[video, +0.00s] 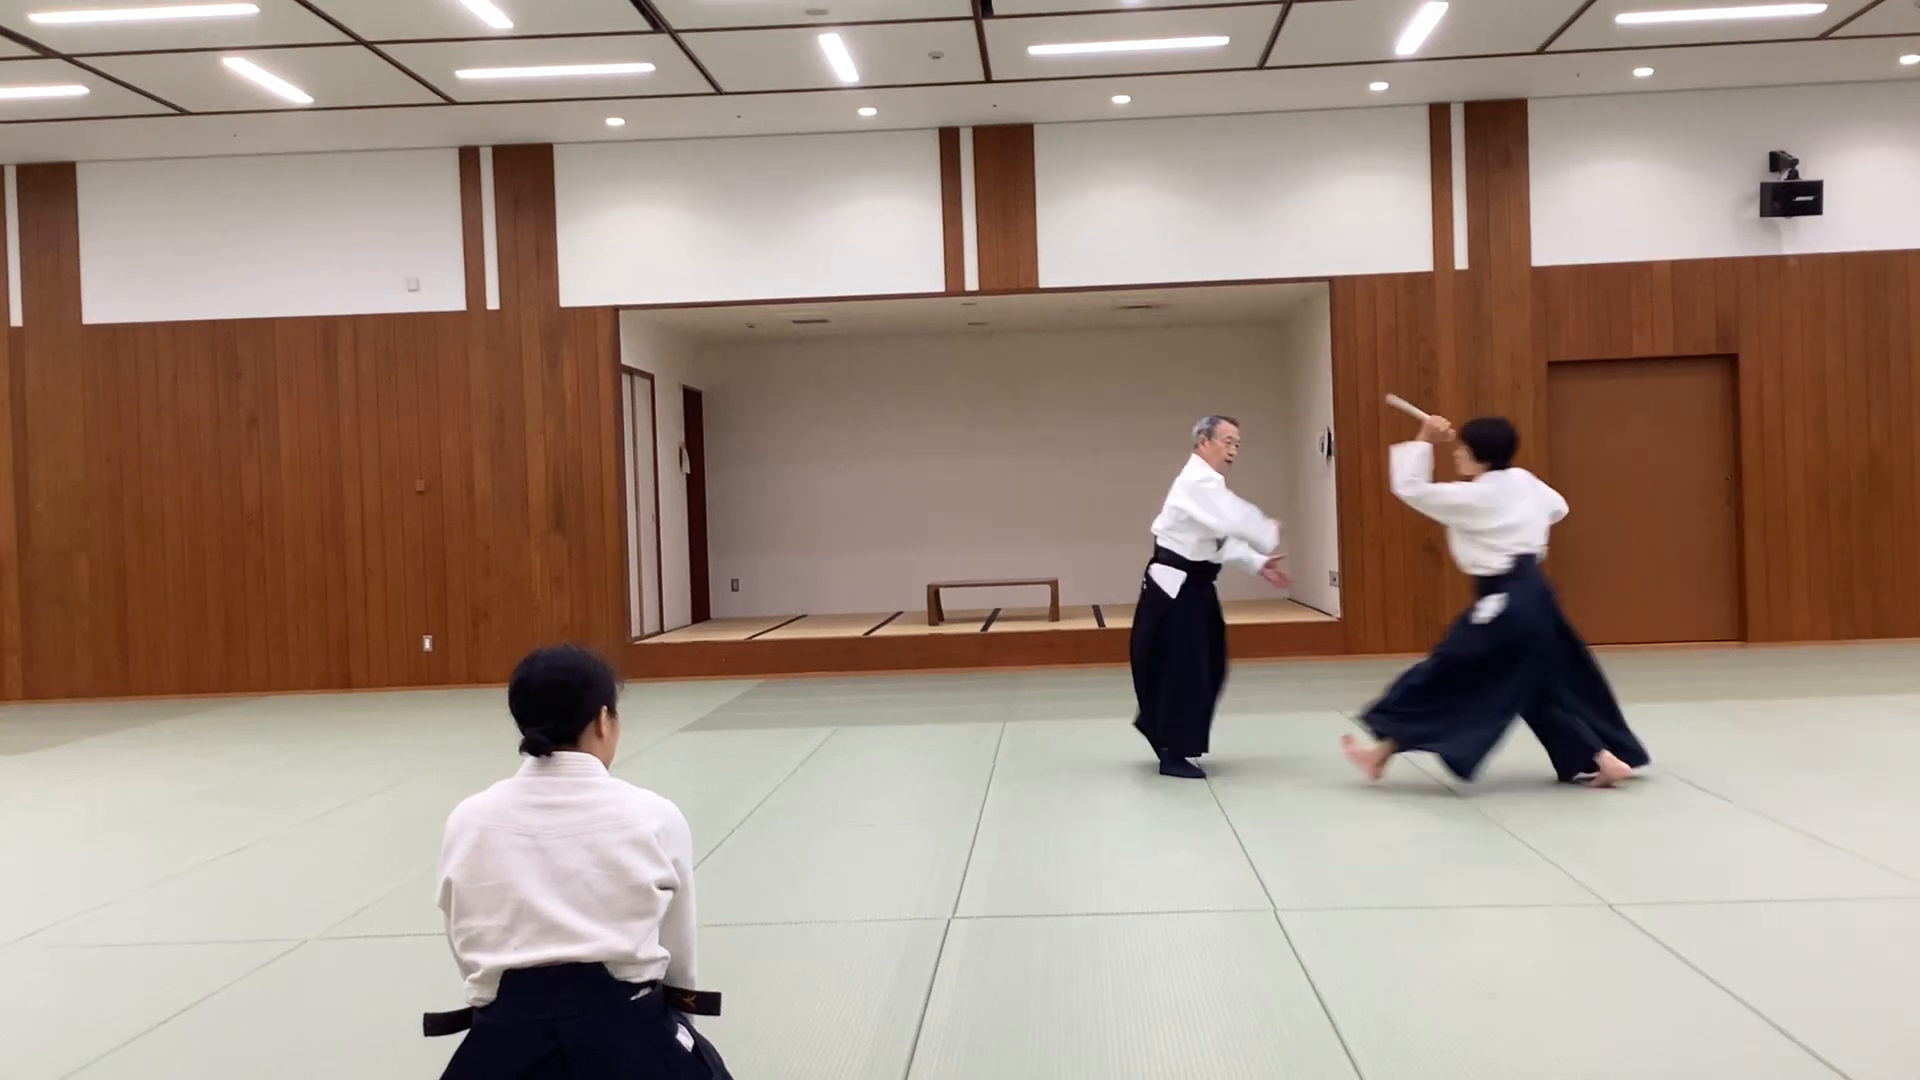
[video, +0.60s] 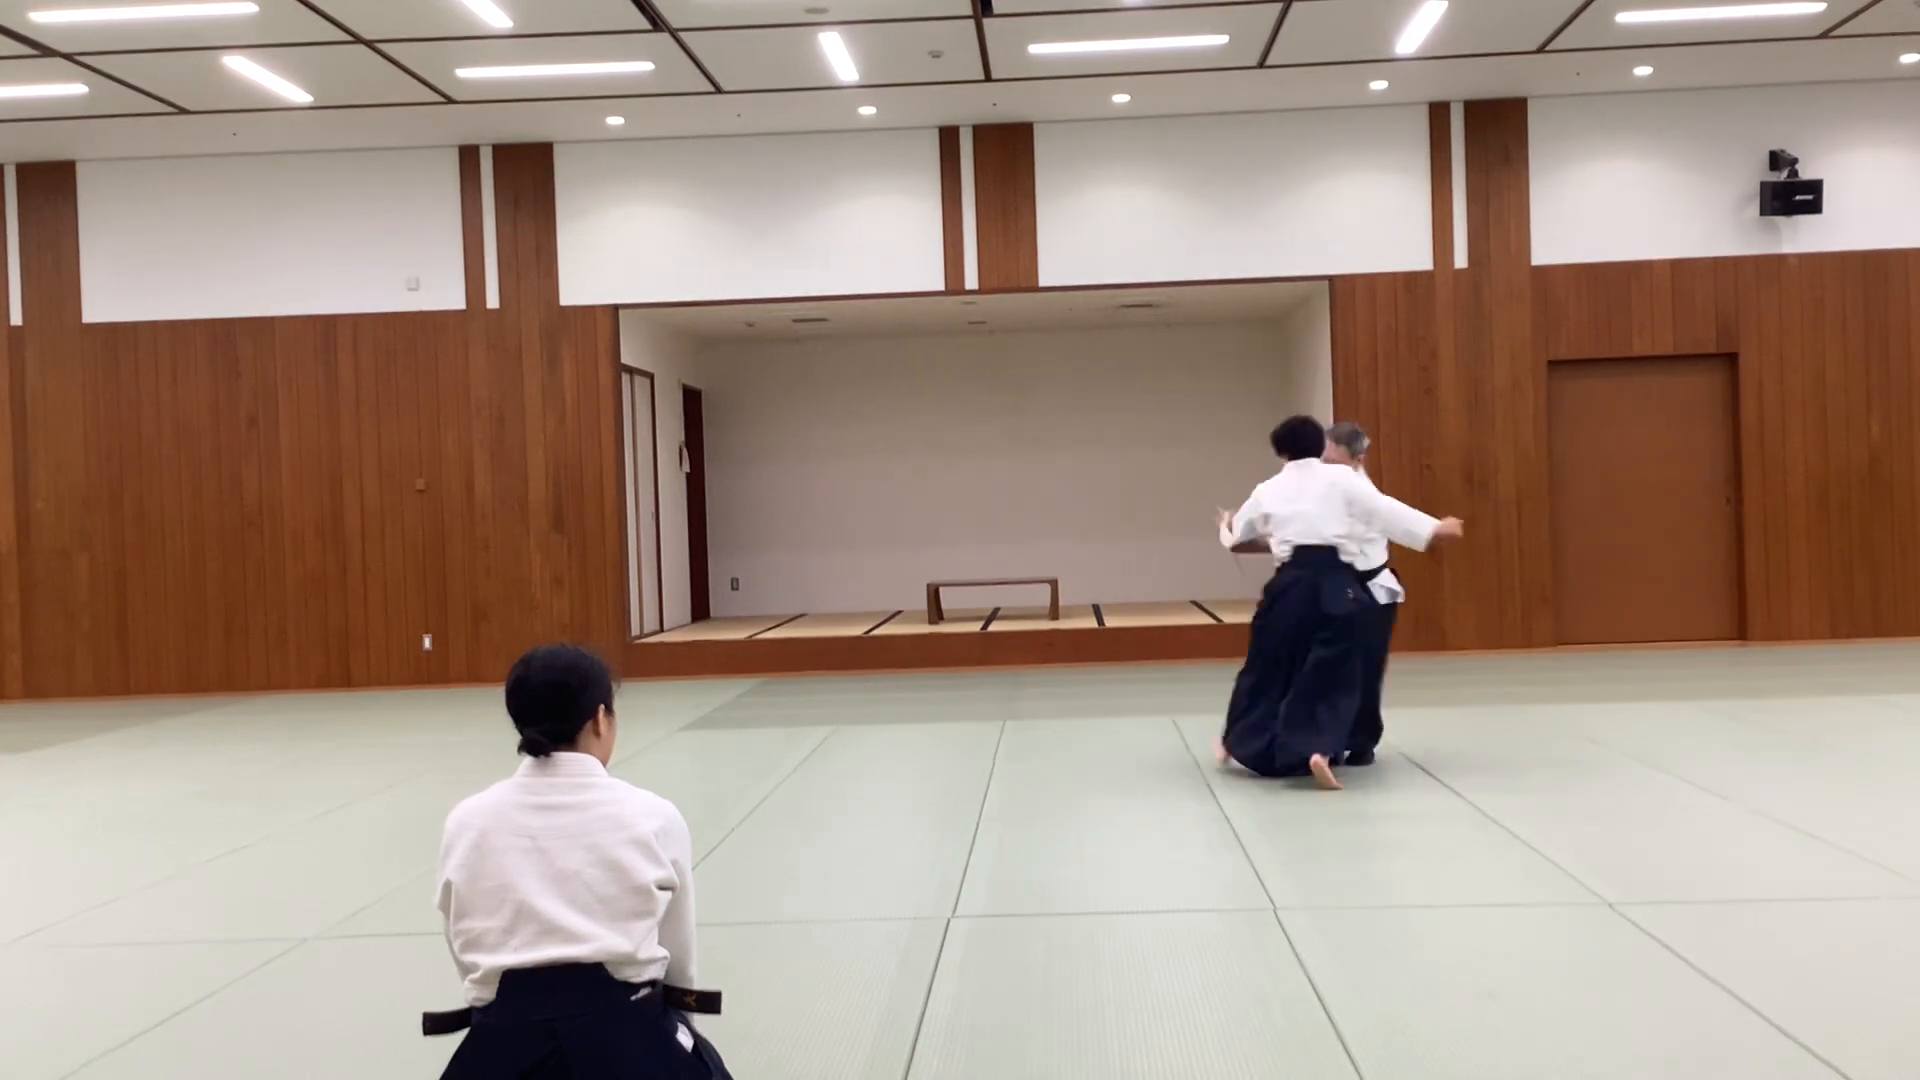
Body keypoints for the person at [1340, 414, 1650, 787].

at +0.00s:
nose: (1456, 454)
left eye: (1461, 449)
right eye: (1458, 448)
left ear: (1478, 456)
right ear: (1498, 455)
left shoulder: (1472, 496)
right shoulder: (1522, 481)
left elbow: (1409, 487)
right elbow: (1557, 507)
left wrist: (1423, 440)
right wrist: (1528, 532)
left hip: (1501, 602)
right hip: (1534, 595)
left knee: (1442, 672)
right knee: (1541, 686)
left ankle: (1380, 752)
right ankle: (1606, 761)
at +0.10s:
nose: (1412, 453)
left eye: (1415, 448)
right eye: (1414, 447)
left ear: (1424, 455)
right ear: (1461, 455)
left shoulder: (1406, 489)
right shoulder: (1484, 489)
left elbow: (1358, 468)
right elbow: (1534, 511)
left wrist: (1360, 422)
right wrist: (1549, 489)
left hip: (1433, 606)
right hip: (1478, 604)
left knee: (1387, 676)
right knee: (1503, 678)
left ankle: (1356, 765)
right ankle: (1550, 739)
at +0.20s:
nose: (1383, 442)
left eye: (1385, 438)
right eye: (1386, 437)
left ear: (1390, 443)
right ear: (1431, 442)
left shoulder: (1374, 473)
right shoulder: (1450, 479)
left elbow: (1328, 457)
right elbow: (1499, 509)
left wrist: (1301, 422)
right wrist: (1549, 511)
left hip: (1392, 586)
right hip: (1438, 587)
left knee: (1365, 667)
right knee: (1455, 665)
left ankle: (1348, 764)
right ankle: (1445, 734)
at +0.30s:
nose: (1368, 427)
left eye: (1370, 423)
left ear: (1371, 427)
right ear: (1412, 428)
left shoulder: (1350, 459)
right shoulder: (1426, 466)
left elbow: (1299, 448)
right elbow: (1470, 504)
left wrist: (1268, 414)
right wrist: (1525, 518)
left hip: (1357, 570)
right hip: (1404, 574)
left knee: (1350, 656)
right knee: (1400, 667)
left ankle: (1346, 749)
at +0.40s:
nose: (1341, 429)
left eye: (1343, 424)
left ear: (1347, 427)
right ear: (1388, 428)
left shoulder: (1331, 461)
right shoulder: (1405, 466)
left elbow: (1273, 460)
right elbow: (1445, 503)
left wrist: (1241, 440)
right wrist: (1496, 525)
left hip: (1332, 565)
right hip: (1379, 571)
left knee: (1323, 652)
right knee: (1366, 662)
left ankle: (1317, 743)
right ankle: (1331, 749)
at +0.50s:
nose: (1311, 442)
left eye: (1311, 436)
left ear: (1314, 437)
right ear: (1352, 434)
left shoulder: (1294, 474)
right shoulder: (1375, 470)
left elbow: (1243, 499)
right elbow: (1414, 507)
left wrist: (1221, 482)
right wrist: (1464, 528)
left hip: (1311, 578)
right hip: (1362, 578)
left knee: (1294, 658)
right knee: (1345, 664)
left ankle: (1285, 744)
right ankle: (1324, 751)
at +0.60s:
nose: (1329, 454)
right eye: (1326, 447)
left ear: (1281, 453)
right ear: (1321, 447)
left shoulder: (1268, 491)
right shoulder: (1342, 479)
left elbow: (1239, 532)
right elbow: (1386, 512)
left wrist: (1227, 524)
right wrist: (1435, 528)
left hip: (1289, 582)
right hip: (1338, 581)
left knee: (1264, 665)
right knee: (1337, 673)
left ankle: (1233, 738)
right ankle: (1321, 751)